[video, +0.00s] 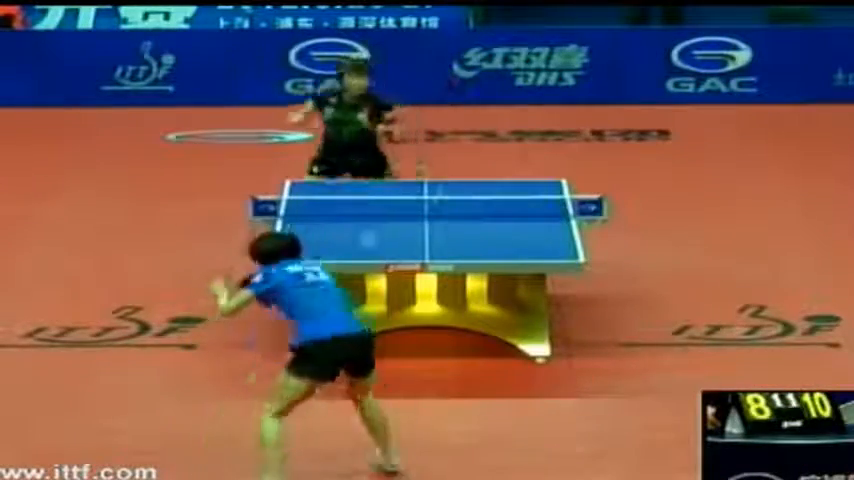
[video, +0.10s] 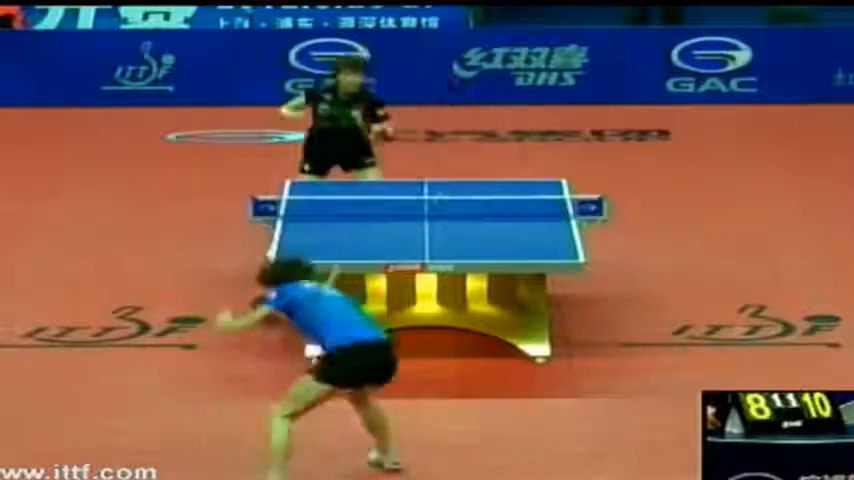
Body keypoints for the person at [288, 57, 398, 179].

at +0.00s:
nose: (357, 84)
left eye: (361, 79)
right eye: (353, 78)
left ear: (367, 81)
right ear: (343, 80)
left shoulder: (372, 103)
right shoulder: (329, 100)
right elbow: (310, 107)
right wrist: (300, 116)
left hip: (366, 157)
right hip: (332, 157)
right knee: (312, 189)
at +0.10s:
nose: (352, 81)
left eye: (356, 76)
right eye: (348, 76)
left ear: (362, 78)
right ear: (338, 76)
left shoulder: (367, 99)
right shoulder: (322, 94)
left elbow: (383, 127)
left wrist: (380, 130)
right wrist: (297, 113)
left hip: (356, 151)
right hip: (320, 152)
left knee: (376, 193)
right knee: (306, 195)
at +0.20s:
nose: (353, 83)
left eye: (357, 78)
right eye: (349, 78)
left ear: (363, 79)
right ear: (339, 78)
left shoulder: (366, 99)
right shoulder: (322, 94)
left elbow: (381, 124)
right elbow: (286, 112)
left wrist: (381, 129)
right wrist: (308, 123)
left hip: (351, 148)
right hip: (318, 149)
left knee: (371, 194)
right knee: (305, 196)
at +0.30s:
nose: (358, 87)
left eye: (362, 82)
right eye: (353, 82)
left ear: (368, 84)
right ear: (344, 83)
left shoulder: (372, 105)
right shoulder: (326, 99)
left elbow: (388, 126)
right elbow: (289, 118)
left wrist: (389, 134)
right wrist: (308, 129)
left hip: (350, 151)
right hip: (317, 150)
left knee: (365, 197)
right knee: (301, 197)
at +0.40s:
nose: (360, 89)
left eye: (364, 84)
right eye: (355, 84)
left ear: (370, 86)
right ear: (346, 85)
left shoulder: (375, 107)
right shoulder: (328, 101)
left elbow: (392, 127)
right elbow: (292, 119)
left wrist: (391, 135)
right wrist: (310, 129)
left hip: (351, 152)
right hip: (319, 150)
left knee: (366, 196)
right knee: (302, 195)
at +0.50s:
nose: (359, 92)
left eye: (363, 87)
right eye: (355, 87)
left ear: (369, 90)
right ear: (346, 88)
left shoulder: (375, 110)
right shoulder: (326, 102)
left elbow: (393, 132)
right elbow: (290, 120)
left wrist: (392, 141)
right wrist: (309, 131)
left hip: (351, 150)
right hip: (318, 149)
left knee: (364, 193)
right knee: (304, 193)